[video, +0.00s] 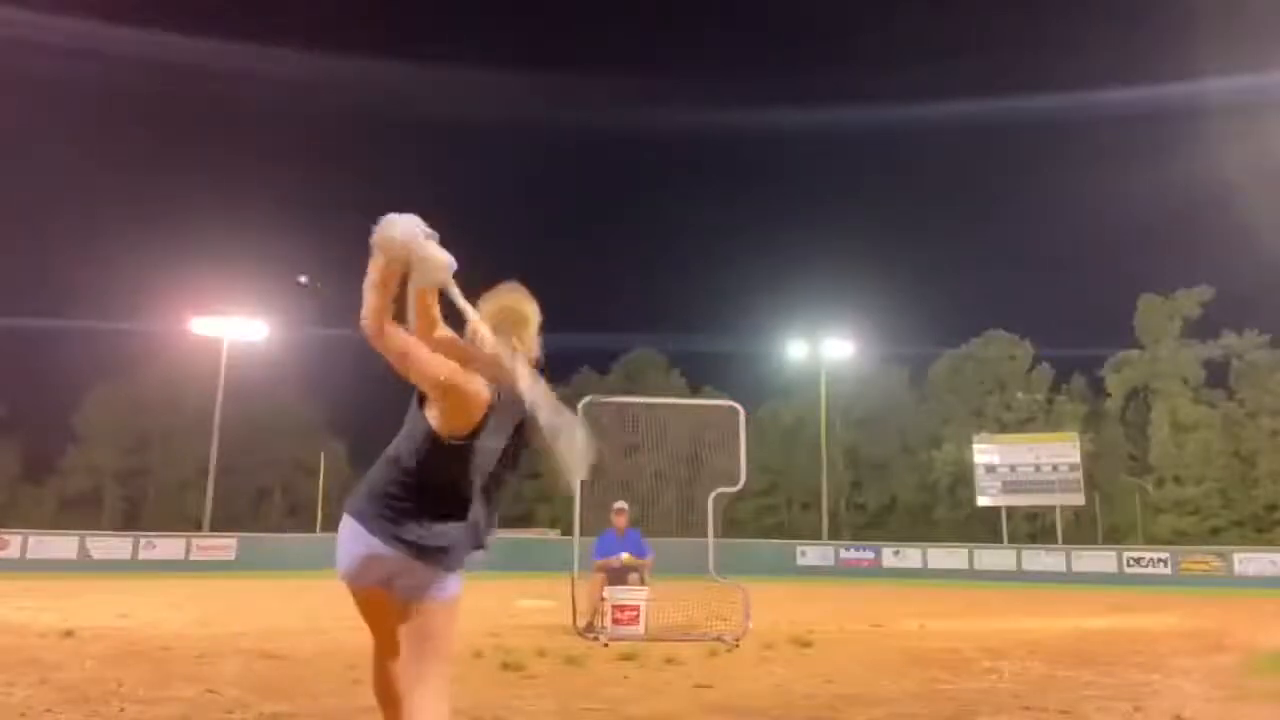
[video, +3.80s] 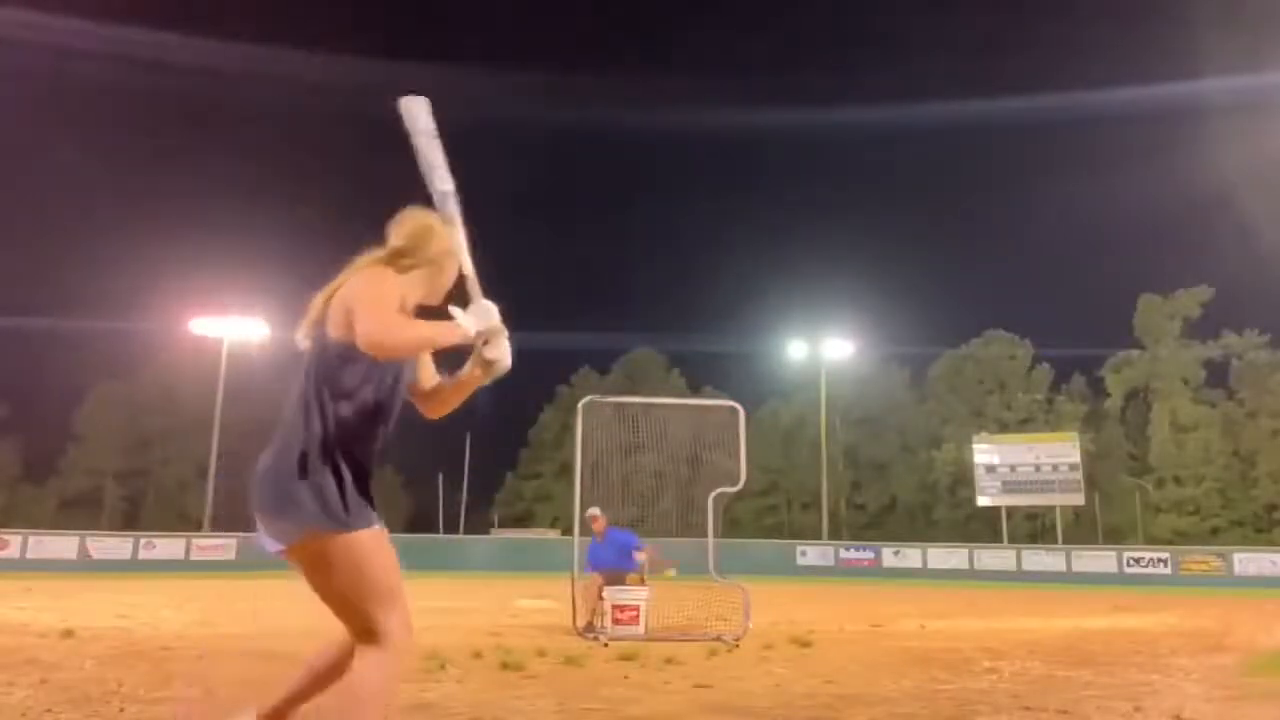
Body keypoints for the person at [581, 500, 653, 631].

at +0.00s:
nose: (620, 518)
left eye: (623, 514)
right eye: (617, 514)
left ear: (628, 517)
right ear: (611, 517)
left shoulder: (635, 535)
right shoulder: (605, 536)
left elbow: (648, 560)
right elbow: (596, 564)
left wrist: (632, 561)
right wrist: (612, 562)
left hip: (629, 570)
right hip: (611, 571)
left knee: (634, 578)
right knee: (598, 577)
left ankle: (635, 620)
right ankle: (591, 620)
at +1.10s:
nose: (617, 523)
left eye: (620, 519)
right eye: (614, 519)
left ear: (624, 520)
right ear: (608, 521)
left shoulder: (633, 536)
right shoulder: (603, 538)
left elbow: (640, 558)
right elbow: (596, 561)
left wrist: (639, 575)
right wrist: (602, 569)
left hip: (628, 573)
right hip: (609, 574)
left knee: (640, 582)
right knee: (594, 586)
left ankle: (637, 623)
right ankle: (590, 621)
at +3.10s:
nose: (612, 520)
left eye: (615, 515)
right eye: (608, 516)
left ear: (621, 517)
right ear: (604, 519)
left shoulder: (631, 537)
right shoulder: (599, 539)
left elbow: (640, 560)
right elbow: (593, 562)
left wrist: (625, 566)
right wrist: (600, 564)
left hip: (625, 572)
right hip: (606, 572)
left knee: (635, 573)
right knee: (593, 580)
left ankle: (635, 618)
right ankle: (590, 620)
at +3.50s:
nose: (604, 521)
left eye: (607, 517)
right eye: (601, 518)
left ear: (614, 517)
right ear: (597, 520)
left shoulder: (626, 537)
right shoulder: (596, 540)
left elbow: (636, 560)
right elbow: (593, 562)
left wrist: (621, 564)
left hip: (625, 573)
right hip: (606, 574)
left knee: (635, 577)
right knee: (593, 580)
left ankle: (635, 621)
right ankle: (590, 621)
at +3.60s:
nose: (599, 523)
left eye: (601, 519)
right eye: (595, 520)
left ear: (609, 518)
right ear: (593, 522)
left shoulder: (623, 537)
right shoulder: (595, 542)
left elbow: (640, 556)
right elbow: (591, 564)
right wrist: (597, 575)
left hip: (622, 573)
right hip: (603, 575)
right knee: (591, 587)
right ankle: (589, 622)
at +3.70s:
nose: (597, 524)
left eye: (600, 519)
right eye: (594, 521)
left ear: (607, 519)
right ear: (591, 523)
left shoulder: (620, 535)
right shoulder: (594, 545)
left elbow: (639, 552)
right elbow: (592, 568)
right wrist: (598, 578)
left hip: (622, 573)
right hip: (603, 575)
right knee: (590, 586)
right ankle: (589, 622)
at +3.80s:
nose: (594, 525)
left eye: (597, 520)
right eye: (591, 522)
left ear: (604, 520)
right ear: (589, 524)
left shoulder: (616, 535)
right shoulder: (593, 546)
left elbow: (637, 544)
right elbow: (592, 567)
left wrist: (640, 552)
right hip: (604, 575)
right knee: (590, 586)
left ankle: (589, 622)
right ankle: (589, 622)